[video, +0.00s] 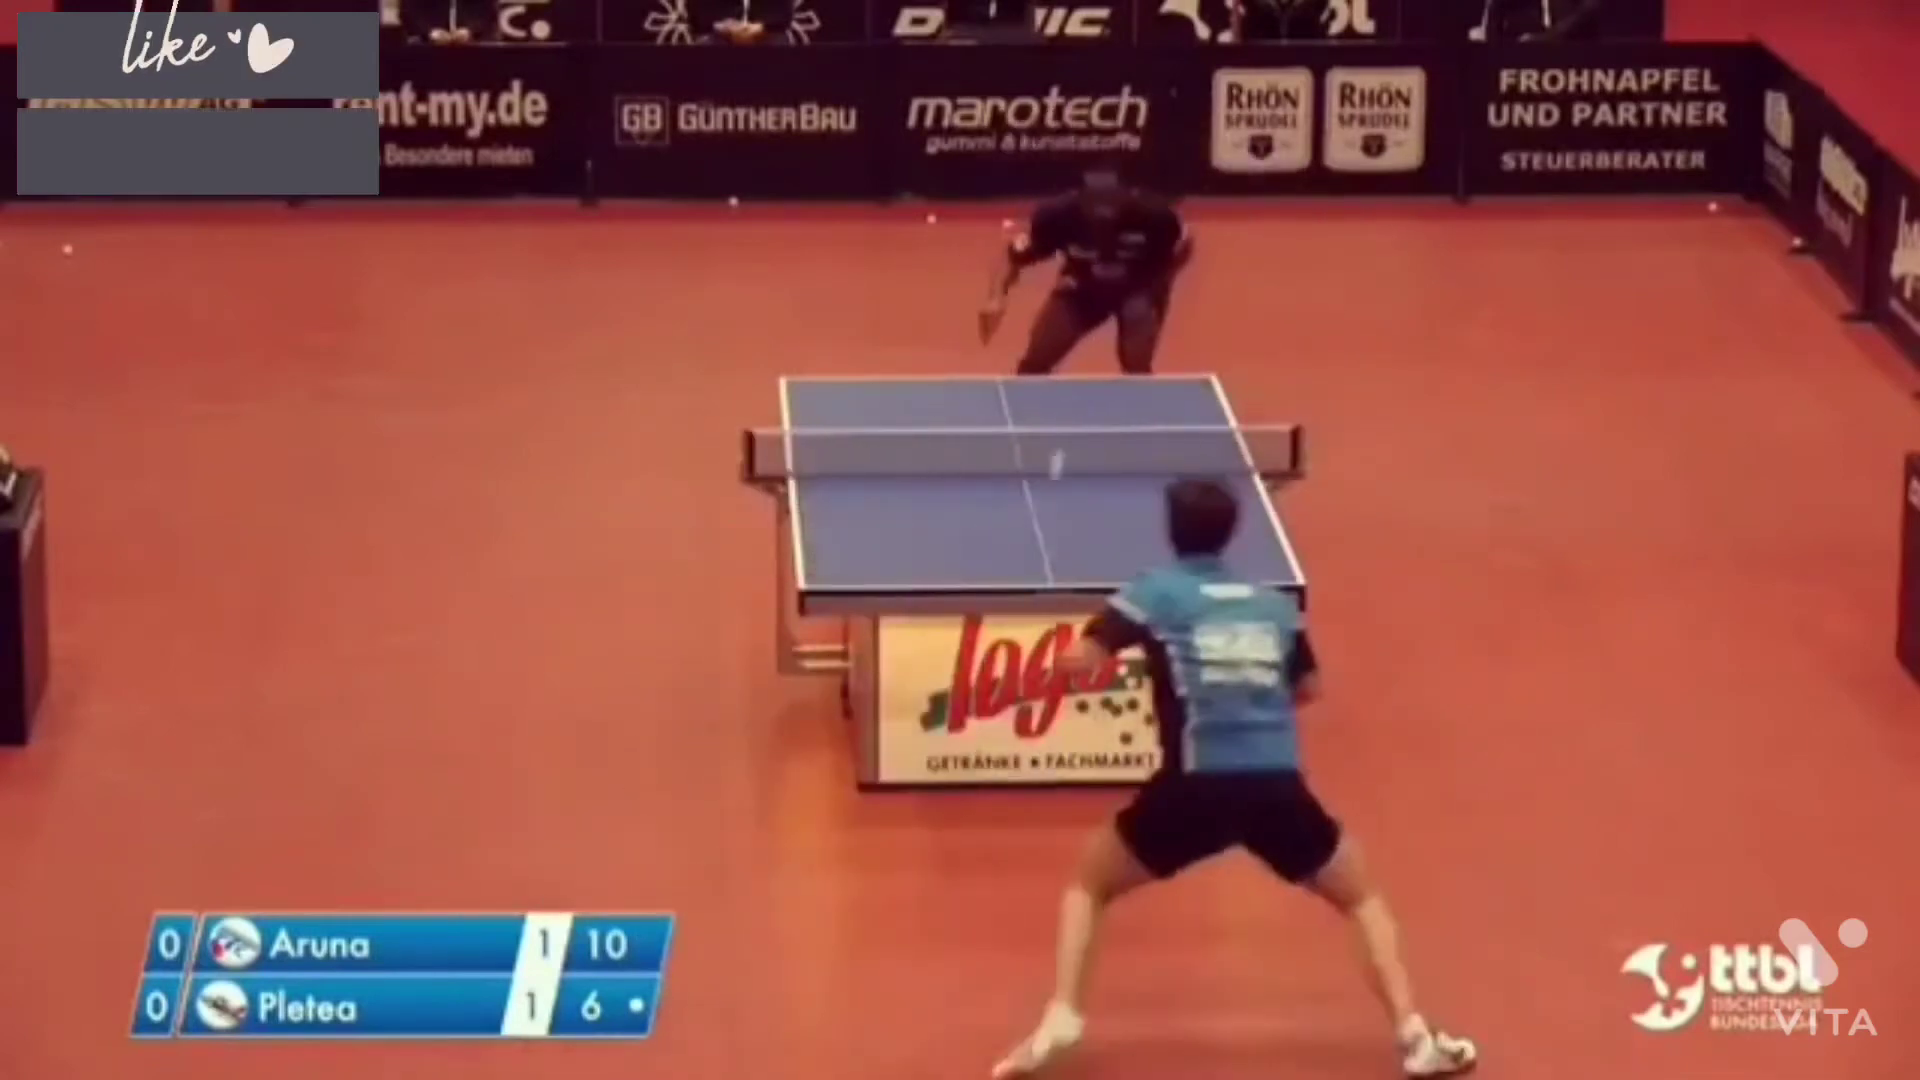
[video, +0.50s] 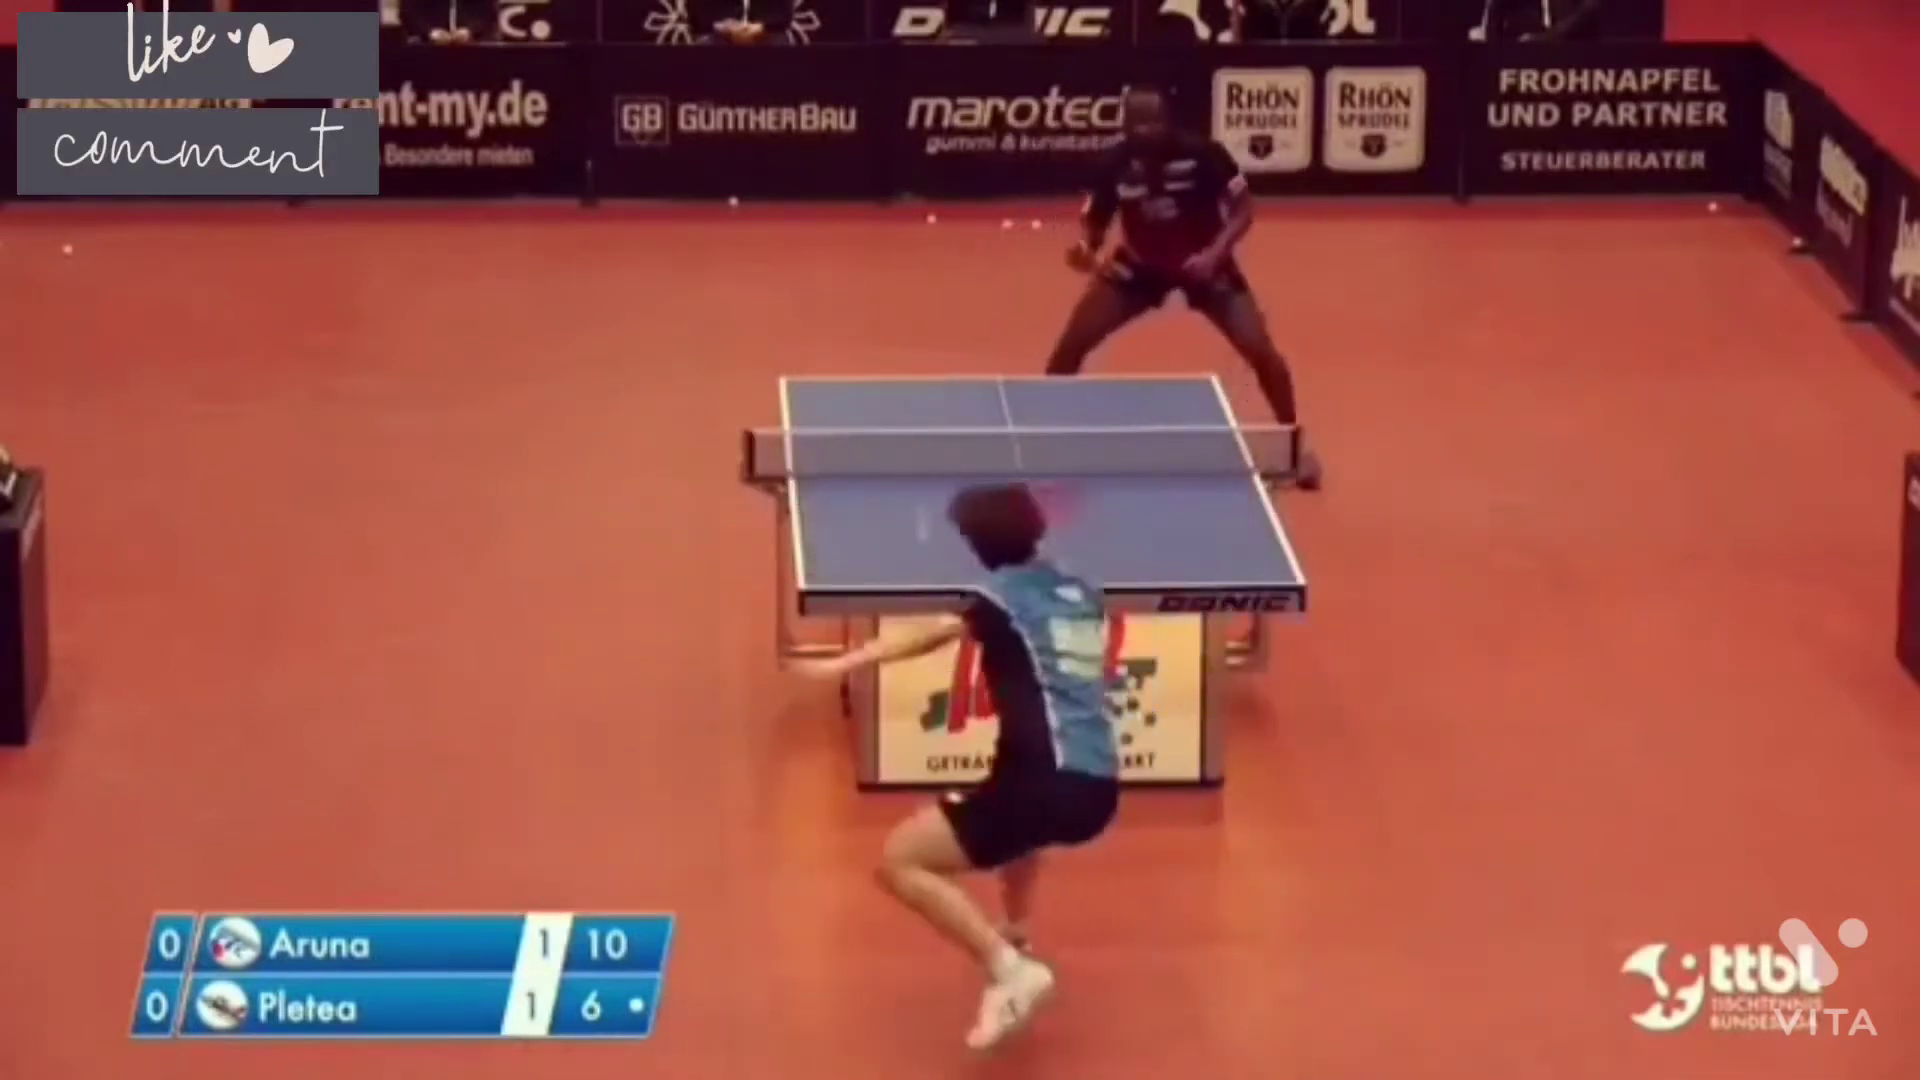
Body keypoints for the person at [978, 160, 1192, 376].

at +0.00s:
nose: (1102, 206)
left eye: (1109, 198)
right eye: (1094, 198)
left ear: (1122, 193)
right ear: (1082, 193)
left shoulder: (1151, 214)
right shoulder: (1062, 214)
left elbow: (1183, 246)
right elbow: (1018, 254)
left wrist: (1157, 286)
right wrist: (996, 300)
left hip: (1137, 289)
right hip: (1083, 288)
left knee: (1136, 365)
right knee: (1034, 362)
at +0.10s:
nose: (1108, 182)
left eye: (1114, 173)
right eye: (1100, 174)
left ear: (1128, 171)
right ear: (1089, 173)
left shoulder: (1159, 190)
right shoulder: (1074, 196)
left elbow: (1195, 227)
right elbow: (1031, 245)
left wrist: (1155, 270)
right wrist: (1018, 293)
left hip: (1154, 270)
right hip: (1097, 270)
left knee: (1167, 356)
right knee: (1047, 354)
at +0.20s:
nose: (1119, 159)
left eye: (1127, 150)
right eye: (1112, 151)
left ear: (1142, 149)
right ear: (1101, 150)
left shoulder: (1177, 174)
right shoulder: (1087, 182)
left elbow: (1220, 219)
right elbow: (1051, 231)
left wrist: (1181, 262)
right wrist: (1037, 262)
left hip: (1171, 276)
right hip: (1110, 277)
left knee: (1206, 362)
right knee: (1055, 360)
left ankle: (1234, 439)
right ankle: (1033, 444)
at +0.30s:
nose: (1127, 148)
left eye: (1135, 139)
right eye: (1121, 140)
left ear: (1152, 137)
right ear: (1110, 139)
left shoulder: (1186, 171)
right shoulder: (1099, 177)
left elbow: (1234, 218)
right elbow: (1070, 224)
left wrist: (1201, 260)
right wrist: (1055, 250)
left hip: (1187, 281)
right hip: (1125, 282)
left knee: (1223, 377)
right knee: (1060, 358)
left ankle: (1271, 439)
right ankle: (1043, 447)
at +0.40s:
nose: (1142, 132)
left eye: (1149, 123)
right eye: (1135, 123)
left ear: (1166, 120)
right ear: (1125, 123)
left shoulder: (1198, 157)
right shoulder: (1117, 162)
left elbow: (1243, 210)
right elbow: (1090, 212)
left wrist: (1208, 256)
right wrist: (1073, 243)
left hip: (1200, 266)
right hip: (1140, 266)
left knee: (1249, 357)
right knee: (1072, 338)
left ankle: (1282, 438)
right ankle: (1047, 427)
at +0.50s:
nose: (1141, 130)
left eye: (1149, 120)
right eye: (1134, 121)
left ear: (1167, 120)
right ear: (1124, 123)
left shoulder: (1204, 154)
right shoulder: (1116, 164)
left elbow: (1244, 207)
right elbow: (1096, 219)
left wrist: (1214, 254)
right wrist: (1089, 251)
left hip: (1205, 266)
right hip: (1140, 267)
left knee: (1260, 350)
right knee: (1070, 345)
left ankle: (1293, 439)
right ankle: (1045, 437)